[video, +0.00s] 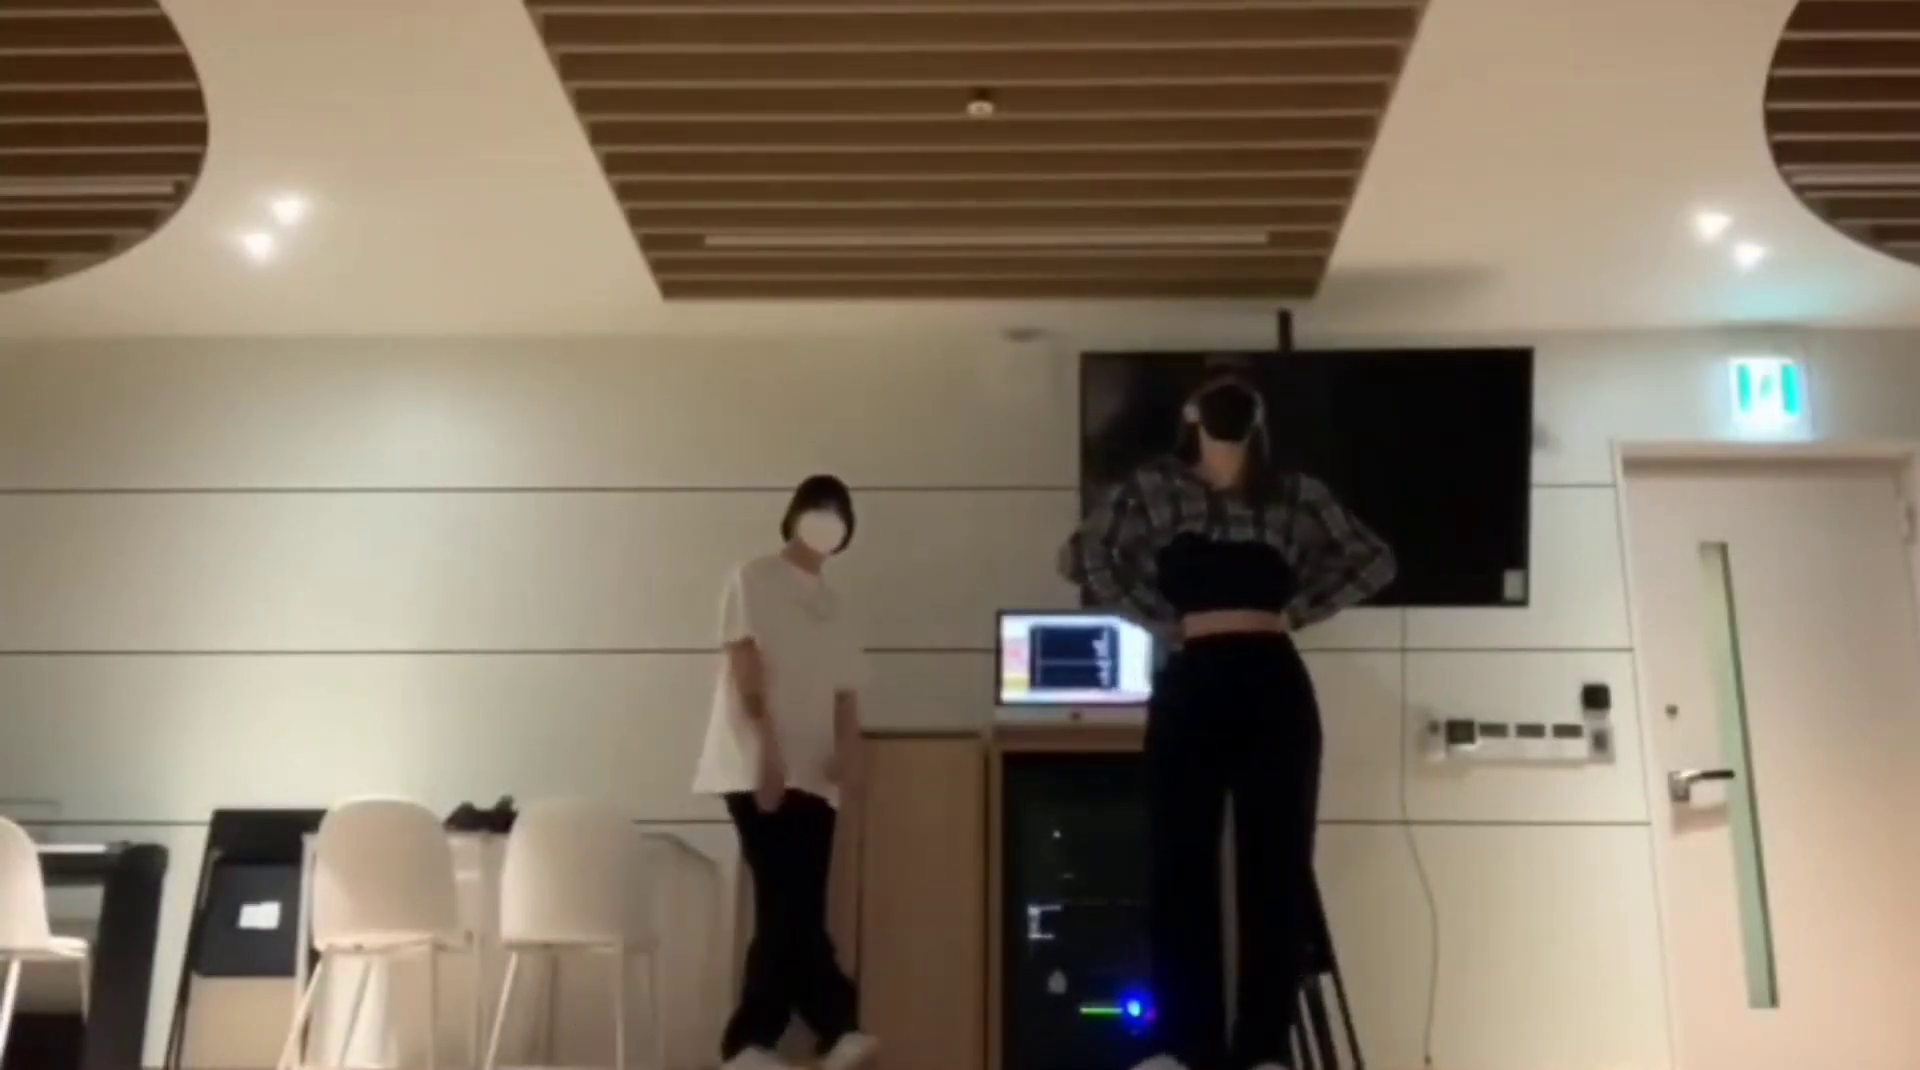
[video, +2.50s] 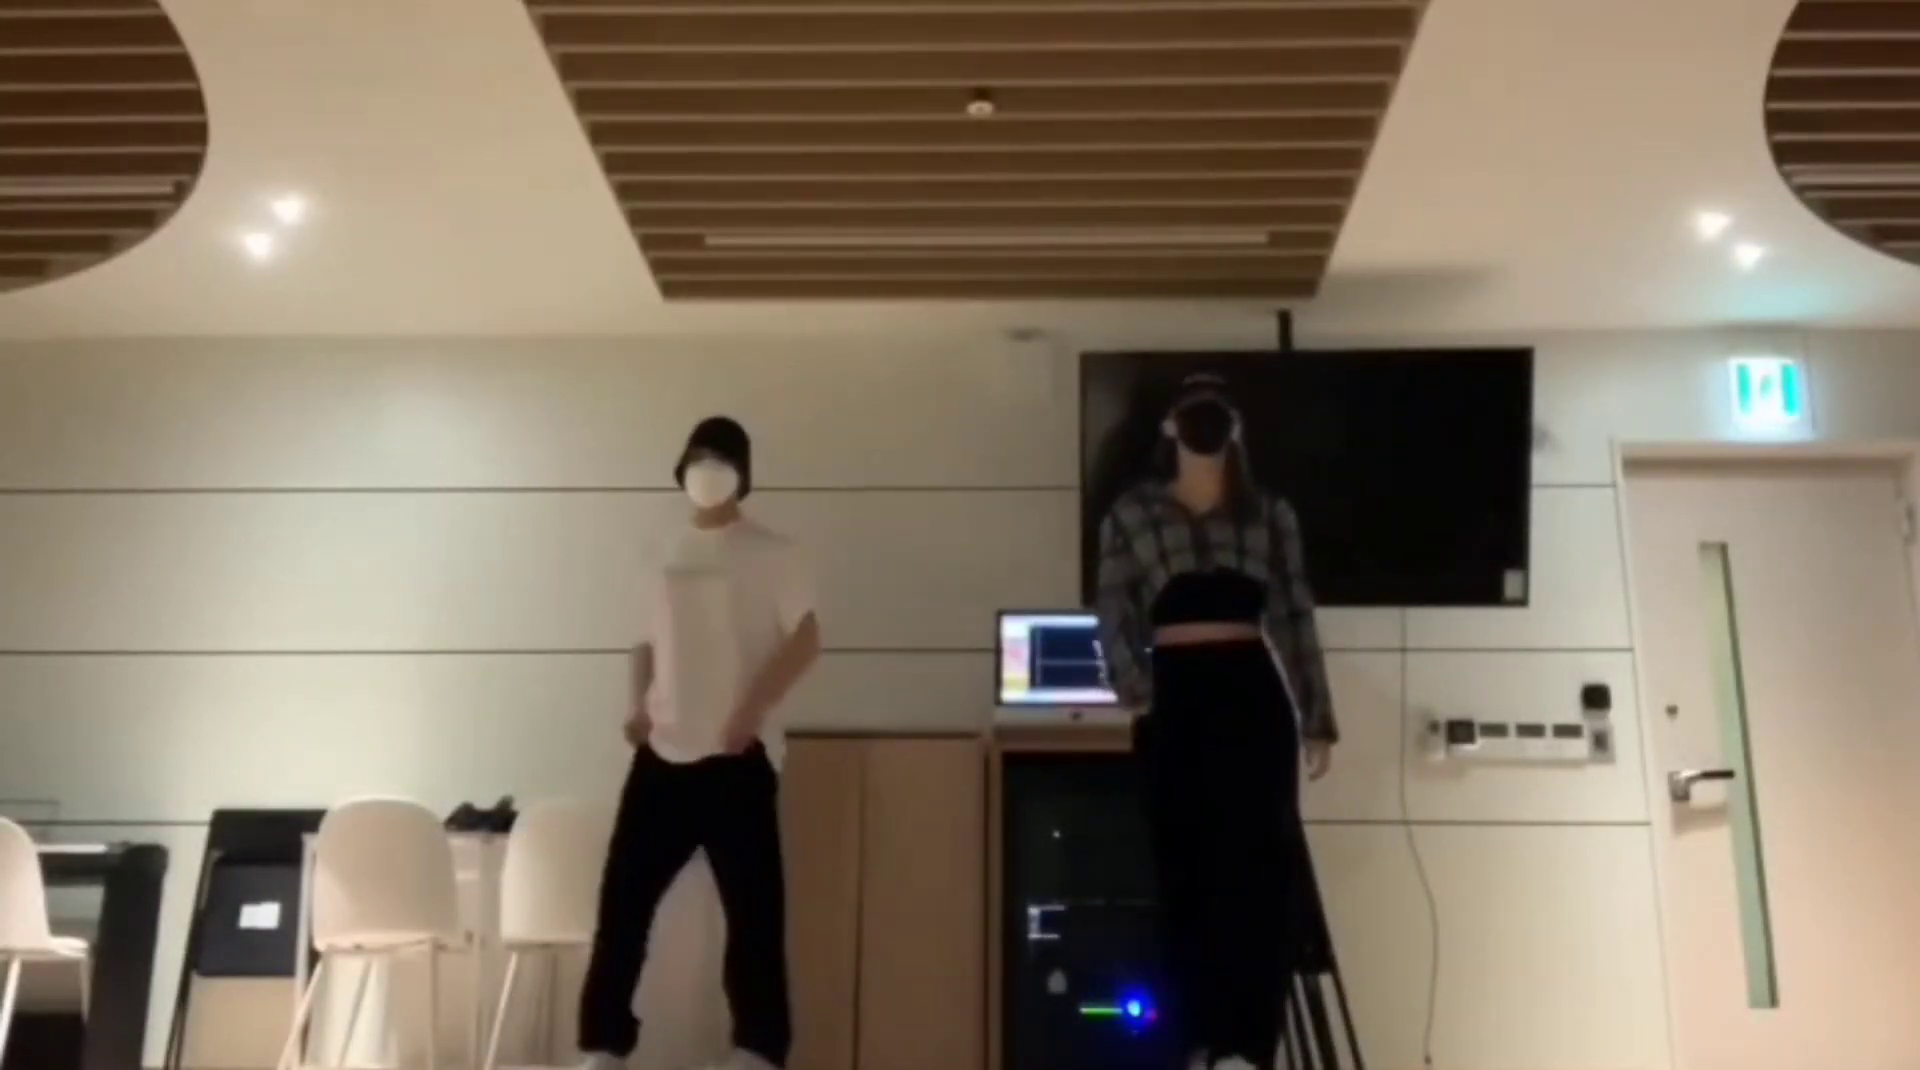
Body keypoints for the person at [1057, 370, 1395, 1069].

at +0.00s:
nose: (1227, 426)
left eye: (1230, 414)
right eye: (1221, 415)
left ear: (1197, 422)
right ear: (1222, 425)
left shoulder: (1296, 496)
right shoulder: (1155, 490)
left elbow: (1373, 561)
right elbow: (1091, 562)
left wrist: (1299, 610)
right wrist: (1160, 619)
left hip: (1273, 685)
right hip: (1191, 687)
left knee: (1275, 865)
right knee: (1183, 863)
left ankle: (1266, 1042)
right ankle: (1191, 1041)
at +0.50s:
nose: (1234, 415)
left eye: (1246, 405)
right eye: (1219, 405)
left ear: (1265, 423)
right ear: (1194, 421)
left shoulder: (1296, 509)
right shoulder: (1158, 499)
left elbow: (1319, 615)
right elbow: (1111, 582)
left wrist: (1344, 704)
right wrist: (1163, 584)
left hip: (1282, 696)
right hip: (1198, 693)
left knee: (1278, 874)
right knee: (1187, 869)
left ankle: (1267, 1041)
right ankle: (1191, 1040)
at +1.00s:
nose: (1238, 419)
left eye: (1251, 406)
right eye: (1224, 408)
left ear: (1270, 425)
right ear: (1201, 425)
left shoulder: (1302, 507)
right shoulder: (1170, 498)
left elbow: (1322, 612)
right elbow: (1115, 588)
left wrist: (1334, 704)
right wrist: (1185, 547)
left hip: (1275, 687)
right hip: (1194, 685)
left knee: (1276, 863)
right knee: (1179, 856)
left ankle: (1265, 1040)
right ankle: (1188, 1034)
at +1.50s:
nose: (1218, 426)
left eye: (1230, 414)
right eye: (1202, 416)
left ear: (1250, 432)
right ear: (1179, 433)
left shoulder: (1286, 521)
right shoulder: (1146, 517)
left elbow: (1312, 626)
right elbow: (1112, 600)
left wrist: (1322, 722)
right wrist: (1176, 583)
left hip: (1260, 702)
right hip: (1184, 703)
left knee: (1268, 867)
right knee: (1192, 869)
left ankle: (1263, 1040)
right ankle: (1203, 1039)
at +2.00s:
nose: (1206, 441)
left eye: (1217, 430)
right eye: (1192, 430)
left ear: (1237, 445)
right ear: (1168, 443)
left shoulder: (1271, 525)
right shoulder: (1135, 529)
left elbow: (1291, 628)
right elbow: (1119, 632)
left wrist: (1299, 721)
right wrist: (1119, 719)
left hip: (1250, 714)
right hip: (1175, 715)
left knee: (1260, 875)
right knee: (1184, 877)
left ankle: (1262, 1038)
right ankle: (1200, 1038)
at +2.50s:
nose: (1207, 422)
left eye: (1218, 410)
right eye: (1193, 411)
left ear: (1237, 428)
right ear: (1169, 428)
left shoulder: (1270, 514)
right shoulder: (1132, 515)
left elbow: (1295, 618)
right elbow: (1112, 611)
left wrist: (1316, 713)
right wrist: (1135, 690)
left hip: (1255, 702)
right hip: (1176, 704)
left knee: (1259, 867)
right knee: (1187, 868)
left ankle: (1251, 1040)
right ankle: (1197, 1037)